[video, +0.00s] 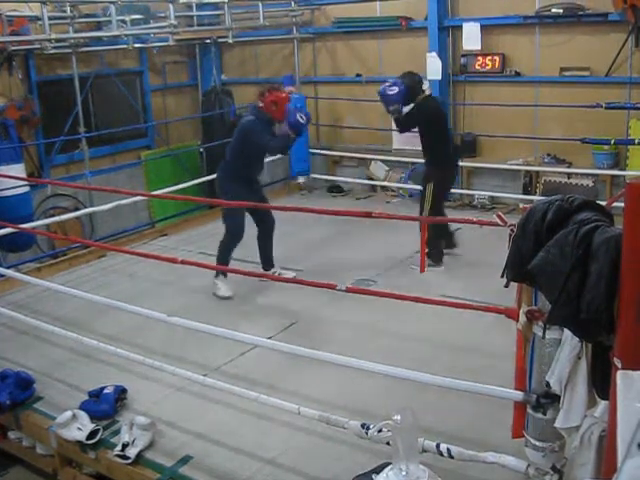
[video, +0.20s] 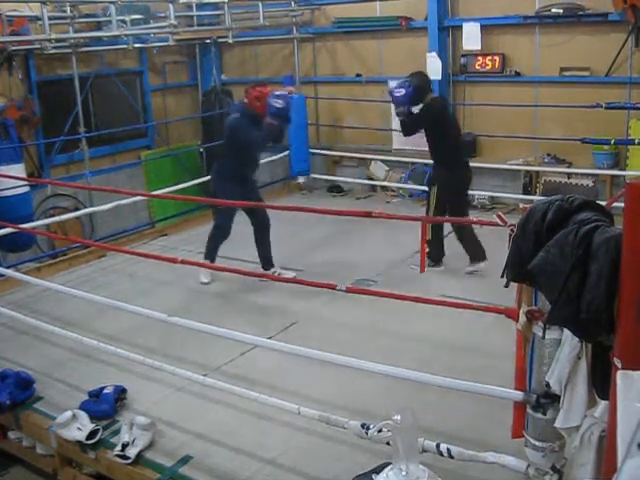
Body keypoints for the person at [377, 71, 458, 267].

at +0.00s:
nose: (402, 94)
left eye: (403, 90)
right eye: (401, 91)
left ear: (410, 90)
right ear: (419, 86)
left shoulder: (424, 106)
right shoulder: (429, 103)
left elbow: (403, 126)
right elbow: (406, 124)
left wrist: (395, 111)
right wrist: (396, 110)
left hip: (438, 166)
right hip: (444, 163)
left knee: (428, 211)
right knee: (434, 206)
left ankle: (434, 257)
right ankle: (448, 239)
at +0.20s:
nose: (409, 93)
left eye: (410, 89)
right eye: (409, 89)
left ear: (417, 90)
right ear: (428, 87)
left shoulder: (431, 108)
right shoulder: (439, 104)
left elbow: (408, 129)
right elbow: (413, 126)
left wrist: (401, 110)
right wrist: (405, 109)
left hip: (446, 169)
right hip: (460, 167)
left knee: (434, 214)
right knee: (458, 216)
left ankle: (434, 257)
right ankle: (477, 257)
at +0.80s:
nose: (392, 102)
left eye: (394, 99)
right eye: (392, 99)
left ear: (400, 99)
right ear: (415, 95)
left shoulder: (405, 117)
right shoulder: (437, 112)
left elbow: (381, 139)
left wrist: (378, 115)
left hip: (426, 181)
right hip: (448, 179)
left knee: (414, 230)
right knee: (454, 225)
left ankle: (408, 280)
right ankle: (473, 273)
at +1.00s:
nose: (385, 109)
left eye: (387, 105)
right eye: (386, 105)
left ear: (394, 106)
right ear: (410, 103)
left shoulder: (398, 125)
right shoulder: (426, 120)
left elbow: (380, 156)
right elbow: (409, 139)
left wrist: (368, 137)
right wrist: (389, 116)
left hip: (410, 194)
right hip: (434, 192)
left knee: (392, 234)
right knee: (436, 240)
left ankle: (395, 276)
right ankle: (451, 287)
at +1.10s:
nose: (380, 114)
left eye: (382, 110)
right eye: (380, 110)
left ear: (387, 112)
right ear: (404, 110)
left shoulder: (384, 131)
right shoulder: (421, 127)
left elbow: (354, 141)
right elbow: (394, 122)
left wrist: (339, 127)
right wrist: (373, 111)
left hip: (397, 203)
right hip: (422, 201)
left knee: (367, 238)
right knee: (432, 247)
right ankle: (451, 290)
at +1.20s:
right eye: (397, 106)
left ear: (377, 105)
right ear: (397, 107)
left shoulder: (365, 122)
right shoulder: (404, 124)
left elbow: (333, 123)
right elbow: (410, 142)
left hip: (373, 198)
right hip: (399, 198)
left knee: (356, 240)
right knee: (423, 241)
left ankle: (329, 279)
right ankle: (448, 289)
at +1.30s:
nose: (391, 111)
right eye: (391, 107)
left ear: (368, 103)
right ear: (389, 107)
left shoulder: (353, 119)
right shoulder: (392, 123)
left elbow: (329, 133)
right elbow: (401, 151)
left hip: (349, 194)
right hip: (376, 195)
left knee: (341, 242)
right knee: (398, 239)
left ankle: (325, 287)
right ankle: (416, 285)